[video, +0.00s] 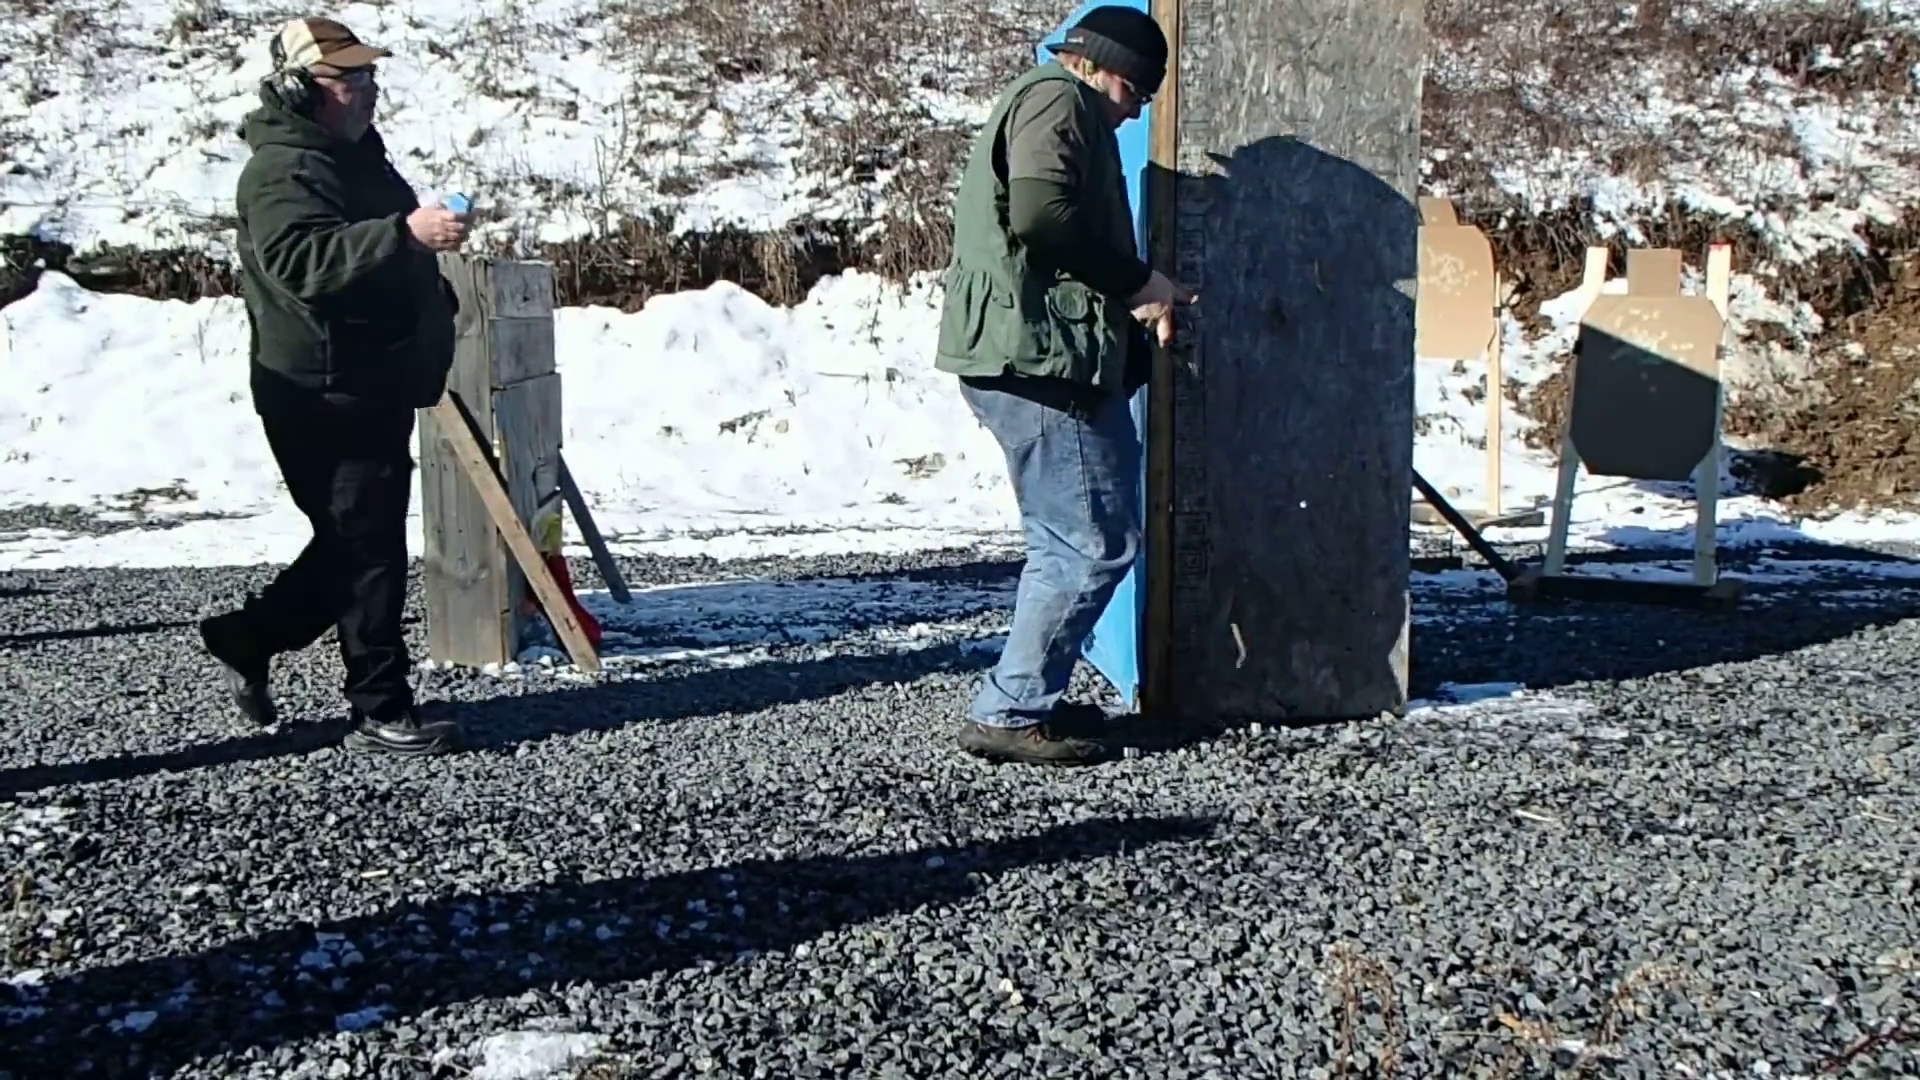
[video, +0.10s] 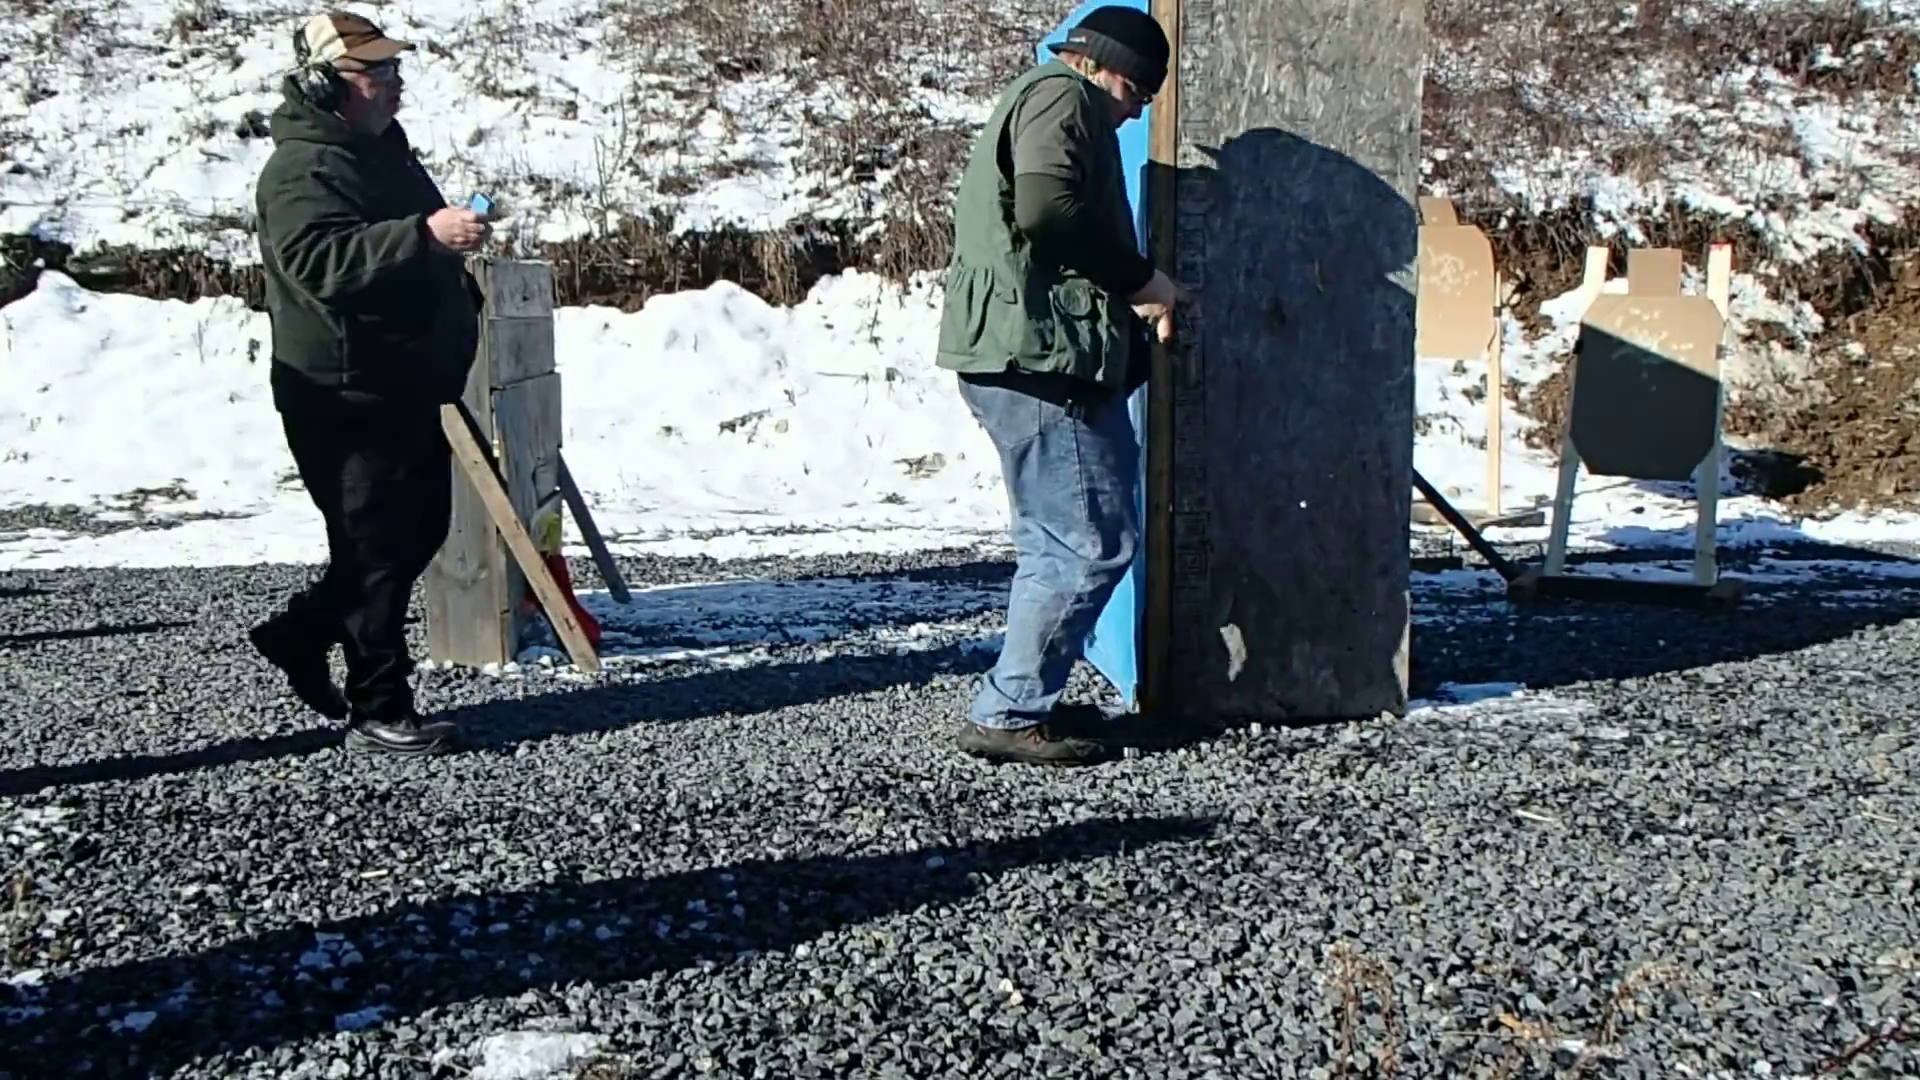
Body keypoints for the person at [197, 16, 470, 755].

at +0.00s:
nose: (373, 90)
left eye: (370, 77)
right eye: (359, 78)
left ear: (338, 89)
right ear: (319, 89)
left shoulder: (351, 155)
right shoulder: (285, 164)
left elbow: (389, 258)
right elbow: (303, 267)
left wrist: (428, 315)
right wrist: (408, 235)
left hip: (372, 383)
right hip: (319, 390)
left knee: (367, 542)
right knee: (362, 543)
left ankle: (247, 636)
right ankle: (383, 708)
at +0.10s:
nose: (398, 85)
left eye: (395, 72)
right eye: (383, 73)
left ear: (365, 84)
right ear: (342, 83)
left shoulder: (380, 148)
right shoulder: (304, 161)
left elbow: (410, 249)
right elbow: (324, 266)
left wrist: (456, 253)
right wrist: (426, 234)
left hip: (402, 378)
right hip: (338, 385)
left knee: (420, 525)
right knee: (373, 536)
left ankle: (300, 630)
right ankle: (380, 708)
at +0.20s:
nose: (419, 80)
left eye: (417, 67)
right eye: (404, 68)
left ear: (394, 79)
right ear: (360, 77)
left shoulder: (407, 147)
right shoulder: (322, 163)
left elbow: (440, 245)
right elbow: (343, 266)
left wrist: (477, 275)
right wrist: (444, 234)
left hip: (425, 379)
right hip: (359, 386)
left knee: (455, 523)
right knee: (384, 534)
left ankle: (386, 670)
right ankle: (378, 701)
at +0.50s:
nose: (493, 84)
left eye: (493, 70)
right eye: (480, 71)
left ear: (465, 80)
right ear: (437, 81)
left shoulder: (486, 156)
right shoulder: (392, 168)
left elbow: (525, 252)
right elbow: (407, 266)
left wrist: (554, 246)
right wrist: (508, 238)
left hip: (506, 387)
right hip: (434, 396)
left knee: (530, 545)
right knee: (428, 557)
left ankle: (571, 694)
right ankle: (384, 717)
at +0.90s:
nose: (591, 78)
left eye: (589, 66)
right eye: (577, 67)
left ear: (558, 77)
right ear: (536, 77)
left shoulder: (584, 149)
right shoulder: (495, 158)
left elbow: (625, 241)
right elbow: (497, 256)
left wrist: (657, 251)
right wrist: (590, 223)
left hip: (607, 375)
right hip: (543, 383)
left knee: (612, 543)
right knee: (578, 539)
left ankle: (592, 702)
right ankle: (525, 682)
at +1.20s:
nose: (645, 82)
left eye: (644, 70)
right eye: (633, 71)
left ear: (607, 78)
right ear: (594, 78)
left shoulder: (614, 143)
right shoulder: (555, 156)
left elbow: (645, 234)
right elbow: (558, 270)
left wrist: (696, 259)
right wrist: (648, 239)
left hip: (633, 381)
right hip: (597, 390)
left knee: (614, 547)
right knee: (642, 548)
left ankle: (593, 713)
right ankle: (663, 723)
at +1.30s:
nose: (659, 84)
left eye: (657, 71)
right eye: (646, 72)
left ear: (618, 78)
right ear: (604, 77)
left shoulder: (623, 145)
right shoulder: (571, 156)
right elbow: (587, 268)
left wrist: (704, 222)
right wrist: (679, 232)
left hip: (642, 387)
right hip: (615, 394)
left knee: (623, 553)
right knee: (651, 554)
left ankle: (593, 715)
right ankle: (663, 728)